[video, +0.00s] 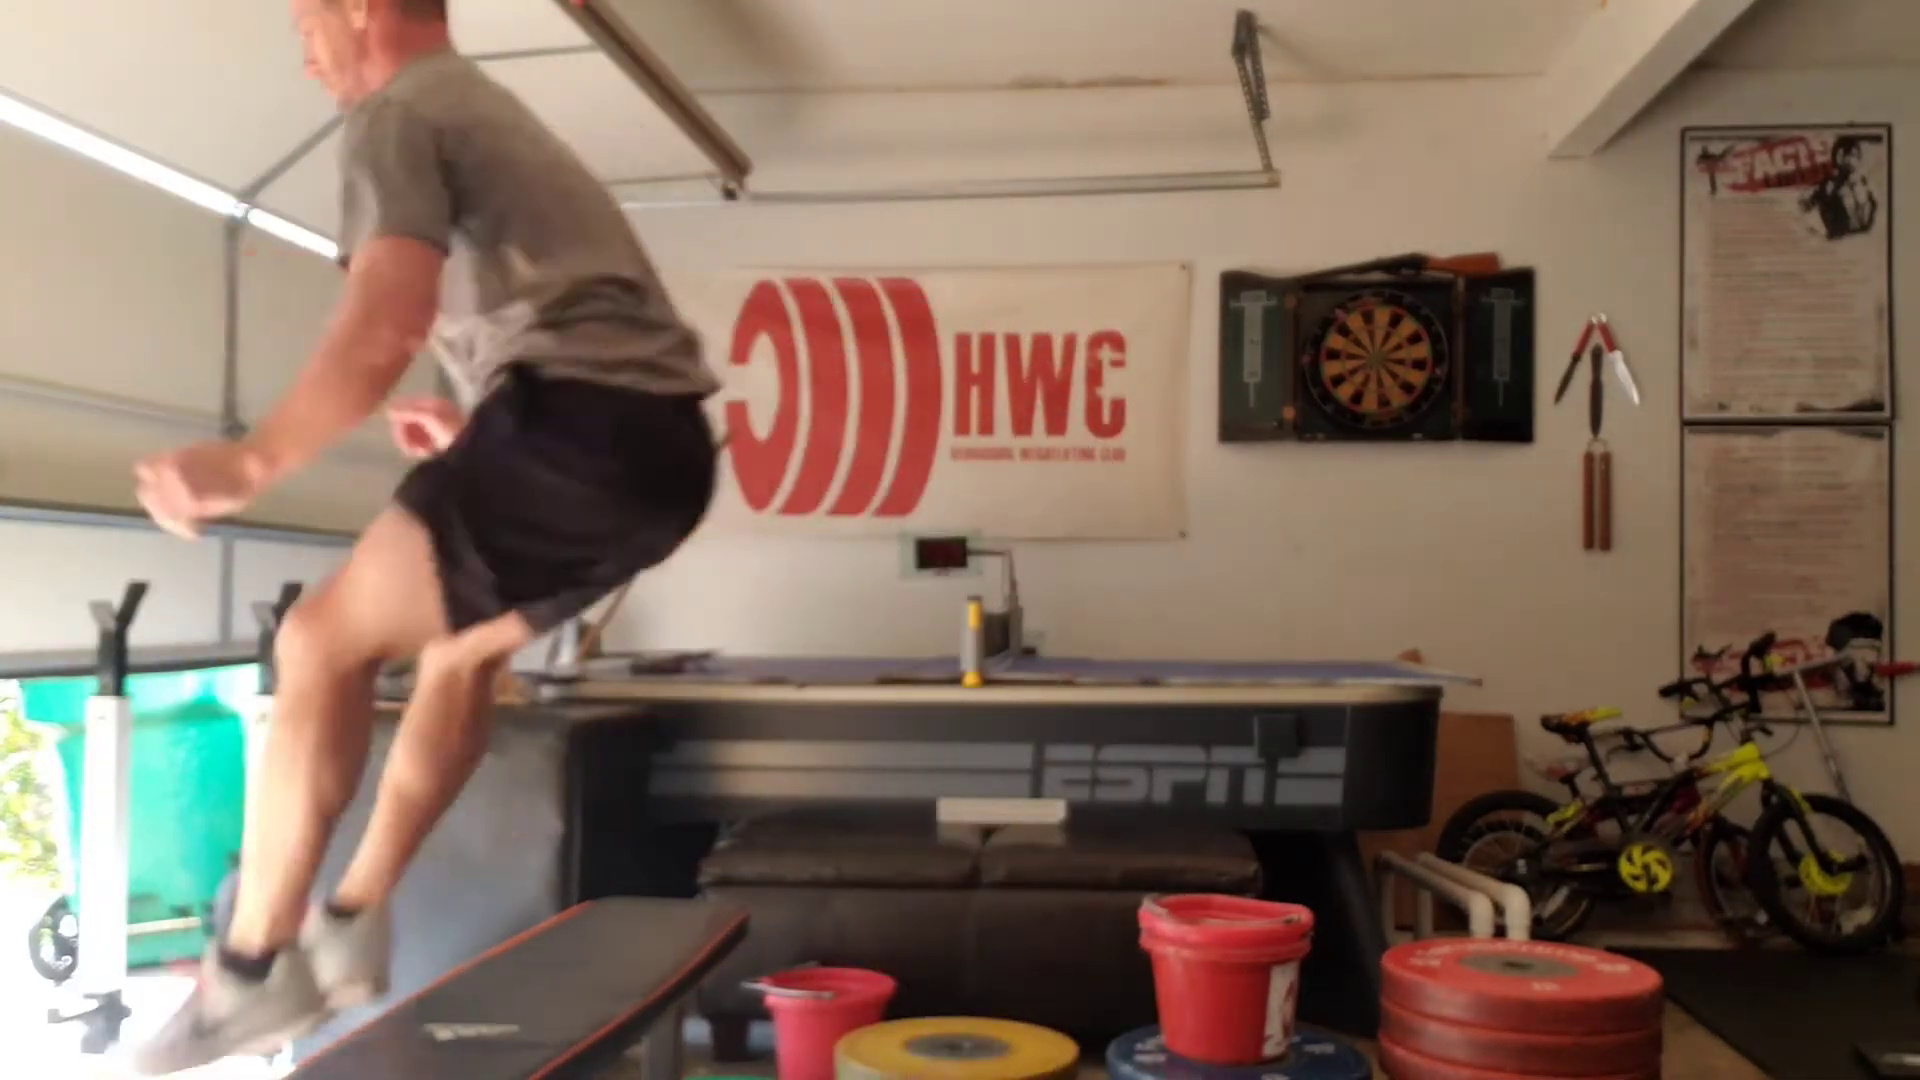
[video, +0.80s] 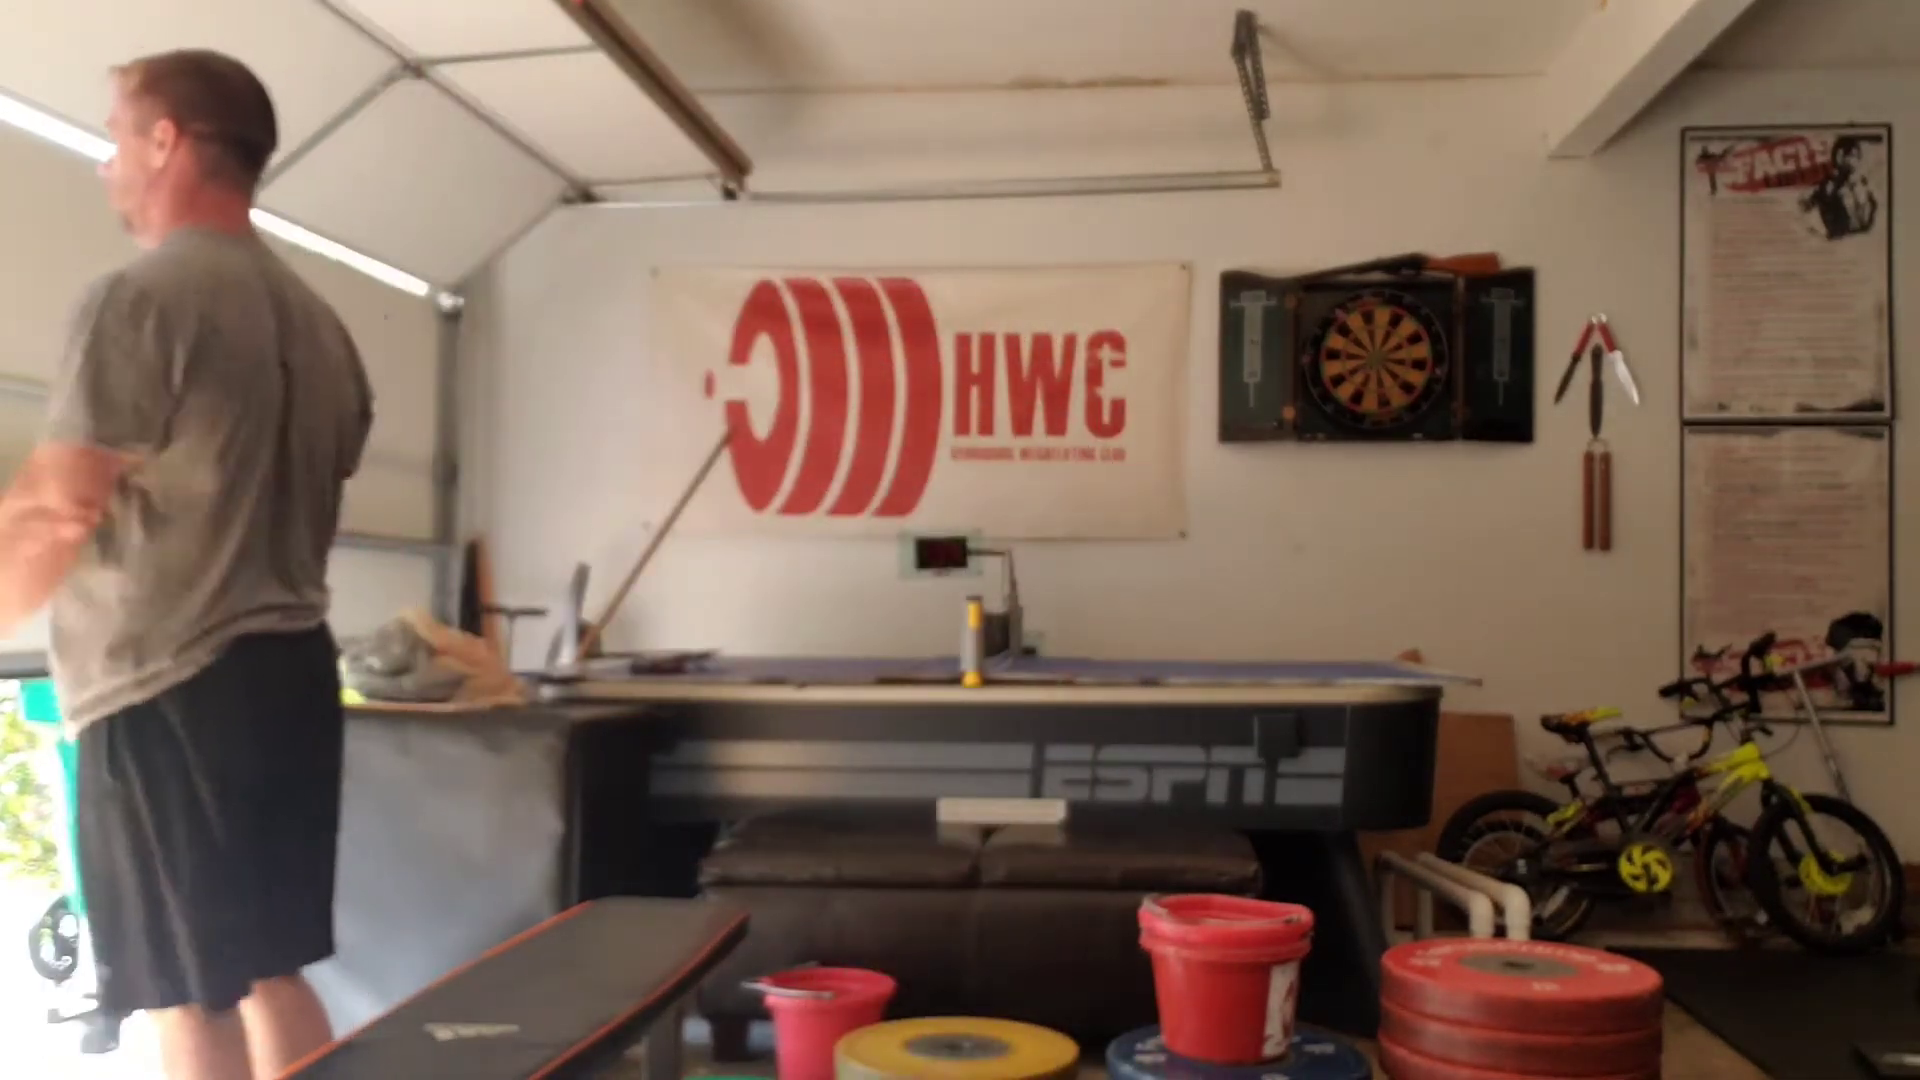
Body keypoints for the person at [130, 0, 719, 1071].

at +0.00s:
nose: (306, 57)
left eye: (311, 31)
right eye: (302, 34)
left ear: (366, 18)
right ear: (403, 20)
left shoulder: (404, 112)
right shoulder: (488, 108)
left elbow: (384, 325)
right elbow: (593, 315)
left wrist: (253, 461)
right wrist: (475, 425)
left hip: (581, 423)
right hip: (666, 440)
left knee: (321, 637)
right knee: (458, 657)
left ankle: (251, 967)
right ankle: (354, 926)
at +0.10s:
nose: (265, 146)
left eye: (264, 112)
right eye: (257, 118)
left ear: (321, 90)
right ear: (374, 92)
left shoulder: (346, 198)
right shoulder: (486, 207)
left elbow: (434, 363)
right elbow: (607, 368)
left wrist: (325, 536)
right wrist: (504, 460)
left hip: (414, 584)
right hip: (517, 587)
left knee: (245, 872)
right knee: (378, 860)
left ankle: (233, 1076)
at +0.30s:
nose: (194, 296)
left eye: (205, 267)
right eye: (197, 269)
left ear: (255, 268)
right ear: (331, 282)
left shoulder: (230, 428)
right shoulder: (400, 436)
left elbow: (171, 653)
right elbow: (425, 617)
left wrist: (55, 734)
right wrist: (230, 689)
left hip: (275, 795)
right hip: (399, 781)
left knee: (101, 1044)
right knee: (271, 1045)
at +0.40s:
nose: (181, 241)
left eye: (193, 215)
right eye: (185, 216)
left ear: (241, 223)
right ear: (313, 235)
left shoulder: (207, 374)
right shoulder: (376, 388)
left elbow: (123, 583)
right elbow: (345, 578)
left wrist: (18, 601)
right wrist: (151, 603)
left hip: (238, 744)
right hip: (369, 731)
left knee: (103, 1026)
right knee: (282, 1025)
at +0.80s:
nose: (105, 169)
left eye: (114, 142)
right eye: (106, 144)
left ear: (172, 144)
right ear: (237, 156)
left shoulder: (141, 297)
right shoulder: (325, 327)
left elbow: (59, 516)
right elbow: (309, 522)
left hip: (164, 695)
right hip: (295, 672)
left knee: (185, 998)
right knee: (274, 973)